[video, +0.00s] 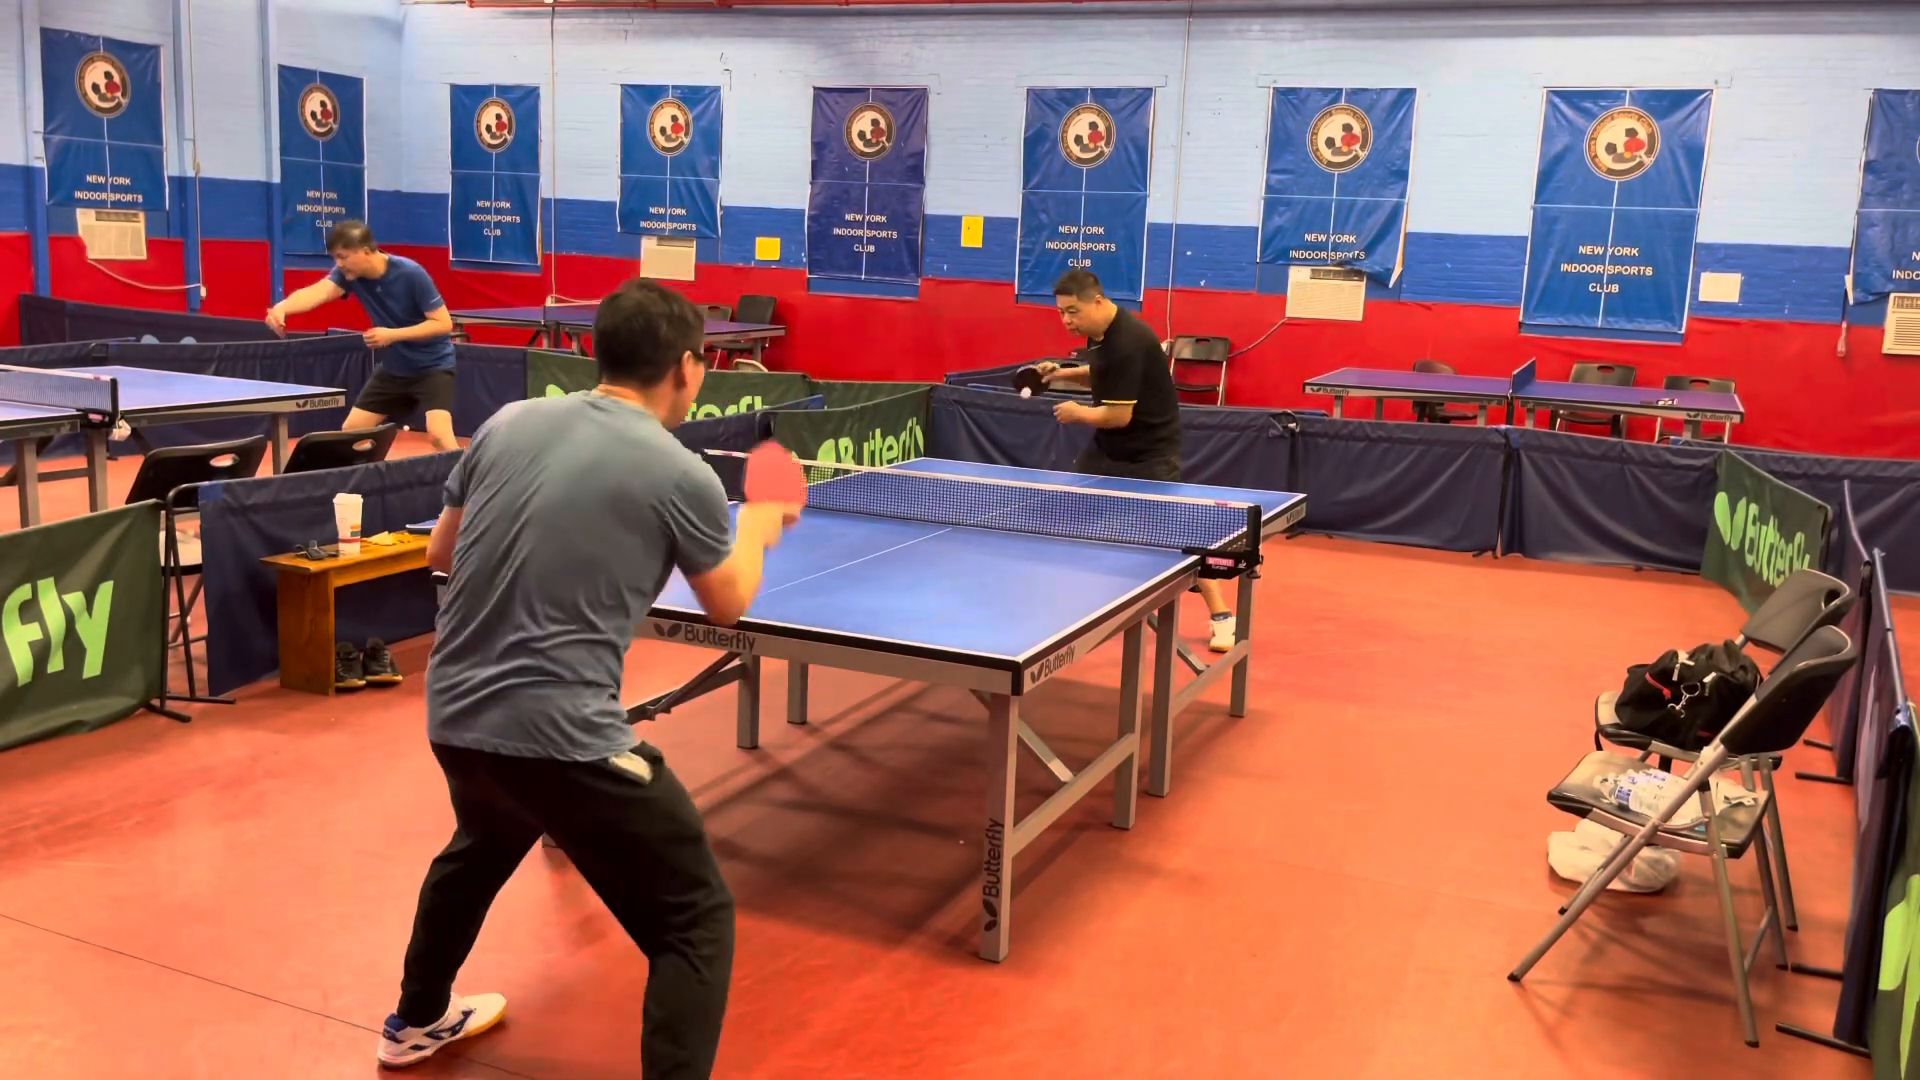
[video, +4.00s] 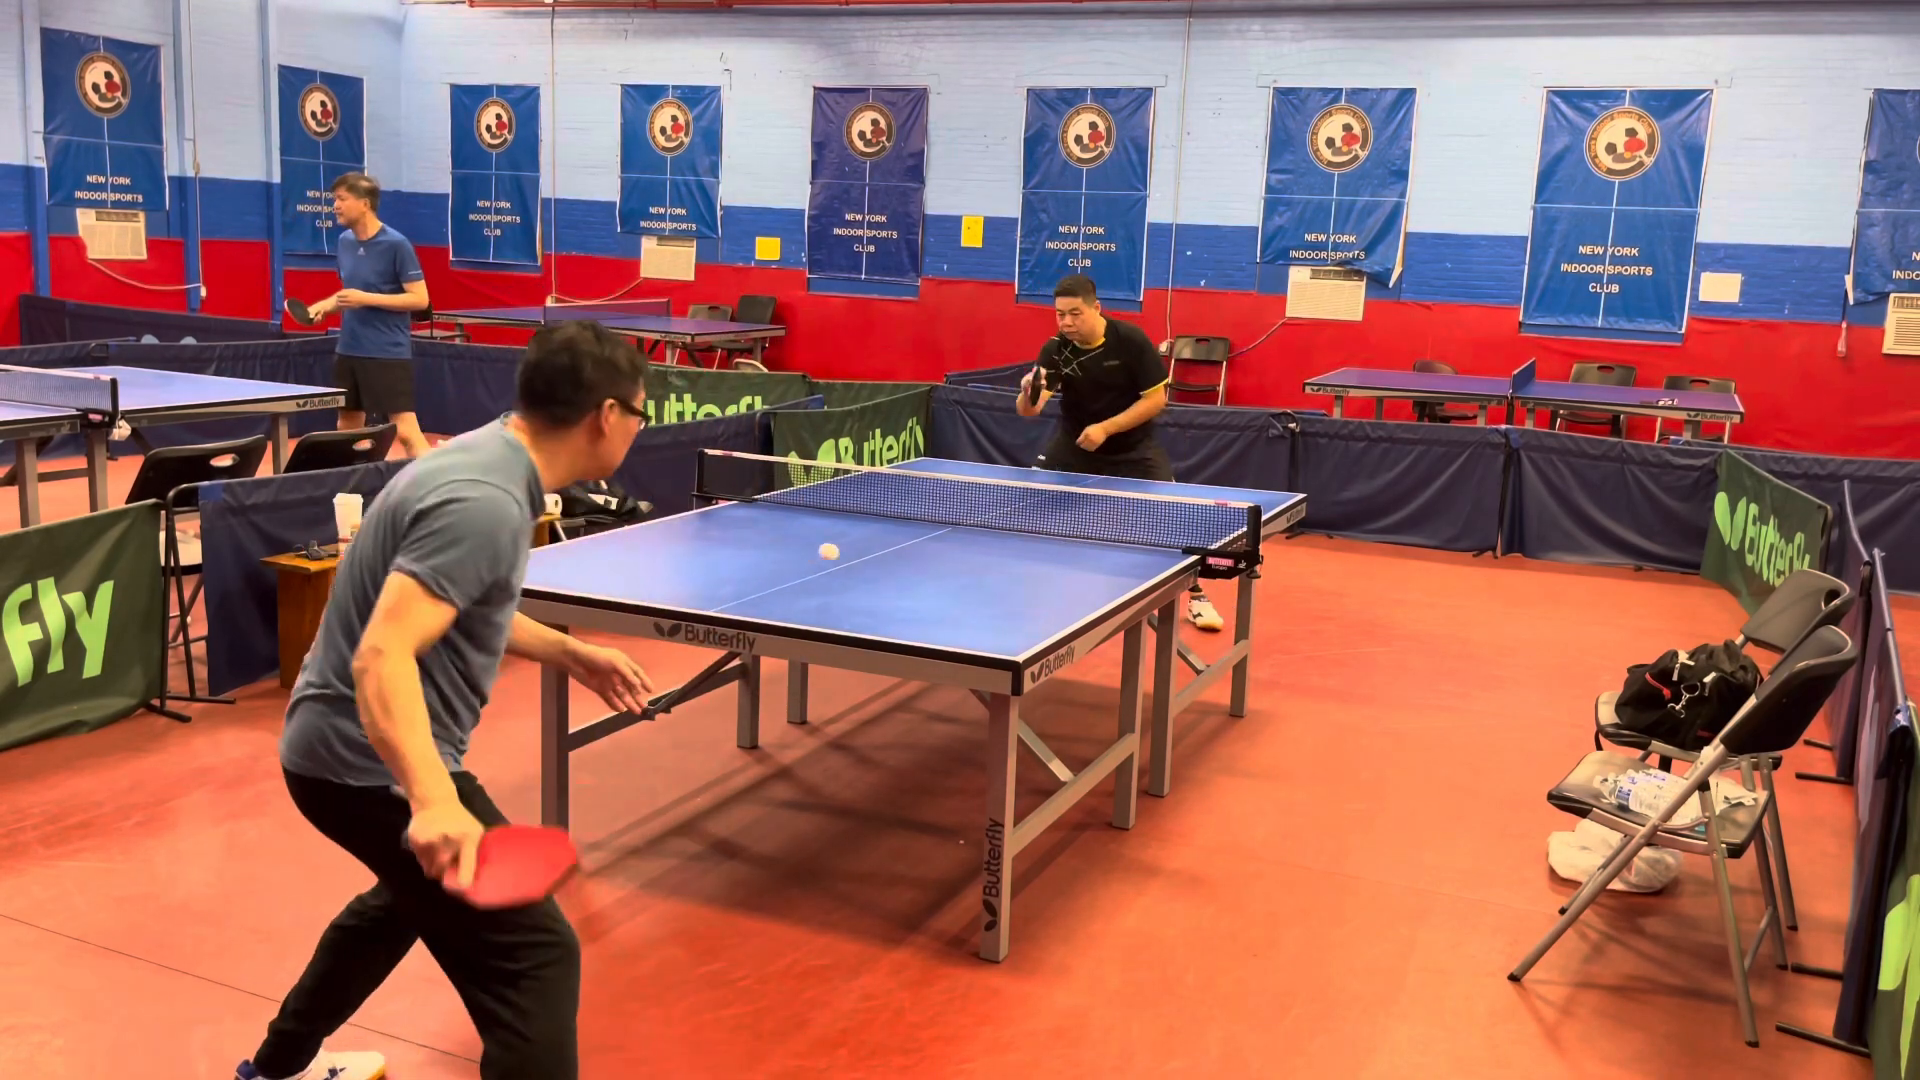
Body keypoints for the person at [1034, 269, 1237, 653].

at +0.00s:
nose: (1066, 322)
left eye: (1072, 312)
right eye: (1062, 313)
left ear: (1099, 303)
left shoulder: (1128, 341)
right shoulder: (1102, 332)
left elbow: (1120, 415)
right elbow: (1104, 375)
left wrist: (1081, 413)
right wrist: (1060, 374)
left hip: (1150, 455)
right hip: (1107, 447)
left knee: (1176, 530)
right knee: (1062, 509)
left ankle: (1220, 614)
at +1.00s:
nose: (1044, 323)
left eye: (1051, 314)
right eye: (1040, 314)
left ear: (1077, 306)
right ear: (1040, 311)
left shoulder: (1113, 331)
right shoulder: (1051, 342)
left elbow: (1139, 393)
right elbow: (1010, 384)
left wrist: (1096, 426)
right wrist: (997, 365)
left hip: (1148, 443)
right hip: (1100, 443)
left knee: (1178, 521)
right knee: (1048, 504)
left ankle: (1228, 606)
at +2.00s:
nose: (1097, 325)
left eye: (1105, 315)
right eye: (1091, 317)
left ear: (1126, 307)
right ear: (1086, 315)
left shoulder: (1167, 339)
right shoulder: (1088, 348)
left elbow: (1193, 399)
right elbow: (1069, 414)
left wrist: (1138, 422)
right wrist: (1081, 383)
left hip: (1163, 452)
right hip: (1105, 450)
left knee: (1197, 519)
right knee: (1049, 500)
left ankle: (1230, 605)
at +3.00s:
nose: (1139, 310)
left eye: (1148, 302)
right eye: (1134, 301)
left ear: (1170, 299)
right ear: (1127, 298)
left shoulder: (1195, 341)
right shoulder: (1120, 329)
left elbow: (1208, 409)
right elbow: (1096, 385)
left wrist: (1149, 424)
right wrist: (1112, 379)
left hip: (1174, 452)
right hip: (1121, 445)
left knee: (1197, 522)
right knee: (1067, 497)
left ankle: (1231, 609)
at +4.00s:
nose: (1065, 323)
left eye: (1074, 314)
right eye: (1060, 314)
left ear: (1096, 309)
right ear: (1056, 312)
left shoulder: (1132, 342)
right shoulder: (1054, 351)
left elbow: (1157, 399)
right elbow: (1026, 410)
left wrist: (1106, 428)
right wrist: (1029, 393)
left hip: (1134, 448)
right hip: (1073, 447)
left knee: (1170, 512)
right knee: (1023, 500)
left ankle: (1196, 594)